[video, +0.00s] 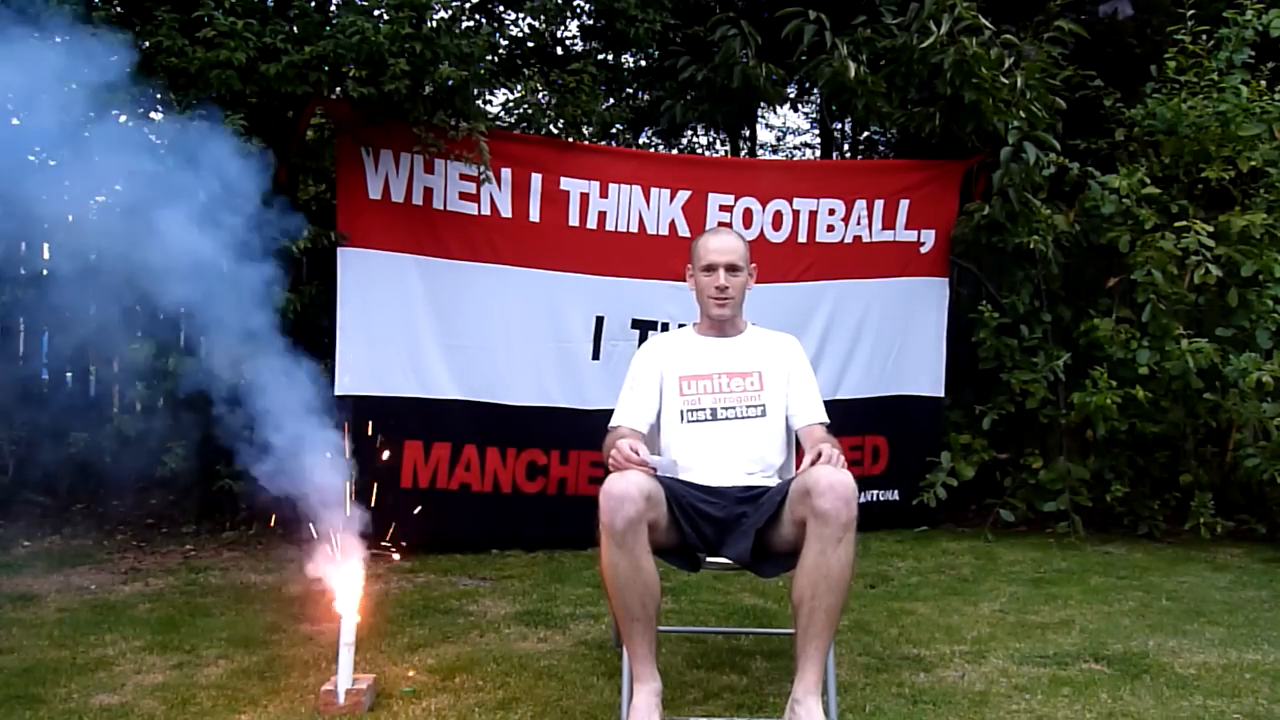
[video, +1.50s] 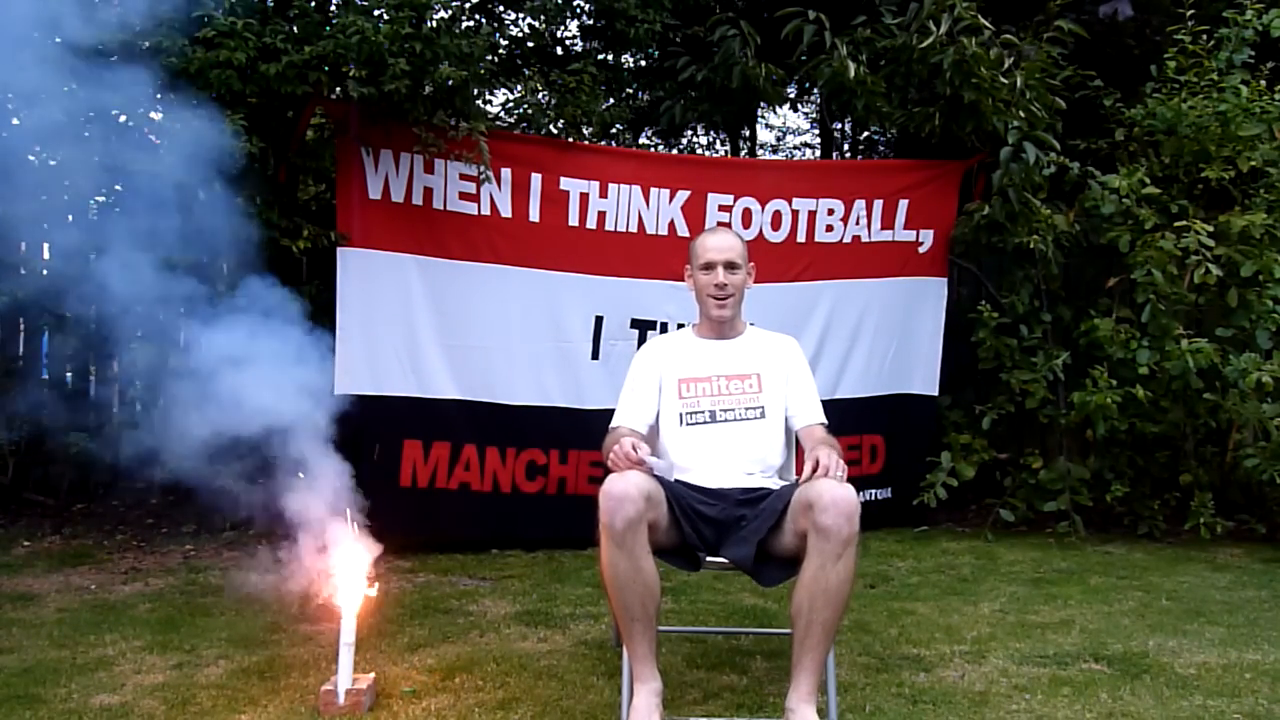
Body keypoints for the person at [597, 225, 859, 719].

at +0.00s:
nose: (721, 281)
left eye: (733, 270)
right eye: (709, 270)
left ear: (750, 278)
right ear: (691, 278)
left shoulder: (784, 349)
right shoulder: (658, 351)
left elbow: (814, 432)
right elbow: (622, 435)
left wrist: (824, 449)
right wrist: (621, 446)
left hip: (768, 503)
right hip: (680, 501)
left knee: (835, 485)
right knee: (619, 492)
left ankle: (807, 695)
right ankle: (645, 687)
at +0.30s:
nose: (720, 282)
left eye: (731, 270)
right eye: (707, 270)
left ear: (750, 277)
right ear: (690, 278)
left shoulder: (784, 350)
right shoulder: (658, 351)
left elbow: (815, 433)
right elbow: (622, 436)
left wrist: (824, 449)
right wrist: (620, 445)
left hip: (768, 503)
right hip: (679, 502)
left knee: (837, 485)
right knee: (618, 491)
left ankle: (807, 695)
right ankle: (644, 686)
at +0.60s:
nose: (720, 282)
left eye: (731, 270)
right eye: (707, 271)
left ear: (749, 277)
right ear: (690, 279)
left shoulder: (783, 350)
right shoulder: (658, 352)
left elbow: (814, 435)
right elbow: (623, 436)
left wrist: (824, 448)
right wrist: (620, 443)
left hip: (768, 504)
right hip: (680, 503)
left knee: (836, 485)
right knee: (619, 490)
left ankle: (807, 695)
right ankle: (644, 687)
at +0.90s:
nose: (718, 284)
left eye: (730, 271)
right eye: (706, 272)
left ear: (749, 278)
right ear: (689, 279)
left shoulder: (783, 350)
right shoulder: (657, 352)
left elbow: (814, 435)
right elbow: (620, 438)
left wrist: (825, 451)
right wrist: (616, 446)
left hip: (768, 503)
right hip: (679, 501)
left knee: (837, 485)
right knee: (620, 491)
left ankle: (807, 696)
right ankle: (644, 687)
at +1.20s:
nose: (721, 280)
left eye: (733, 268)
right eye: (708, 269)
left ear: (750, 276)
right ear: (691, 278)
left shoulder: (783, 351)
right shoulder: (657, 353)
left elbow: (814, 436)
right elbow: (622, 437)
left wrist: (824, 450)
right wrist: (620, 446)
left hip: (768, 503)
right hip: (680, 502)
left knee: (837, 485)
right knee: (620, 490)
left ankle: (807, 695)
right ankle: (644, 687)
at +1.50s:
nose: (721, 279)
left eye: (732, 267)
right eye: (708, 268)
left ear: (749, 276)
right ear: (690, 278)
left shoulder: (783, 350)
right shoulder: (657, 353)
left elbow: (815, 433)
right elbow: (621, 437)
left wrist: (825, 450)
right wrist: (622, 445)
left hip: (767, 504)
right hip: (680, 502)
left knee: (838, 503)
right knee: (619, 493)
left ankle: (803, 700)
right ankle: (645, 688)